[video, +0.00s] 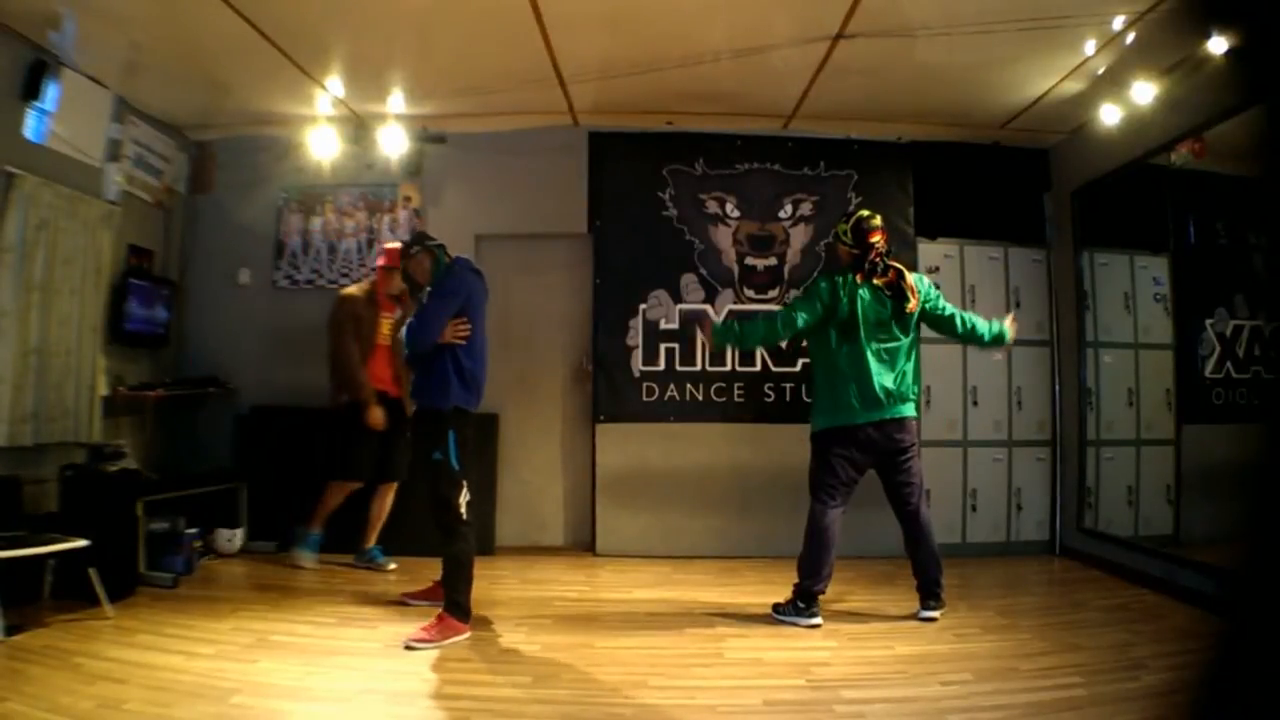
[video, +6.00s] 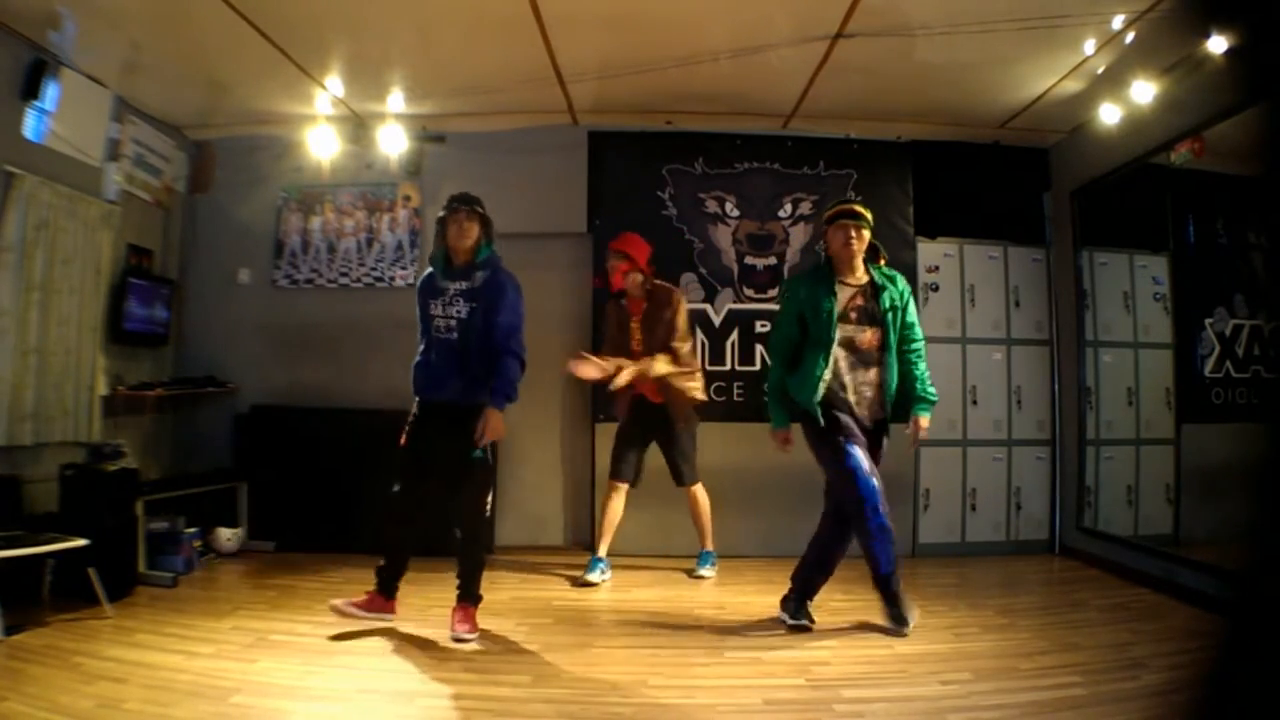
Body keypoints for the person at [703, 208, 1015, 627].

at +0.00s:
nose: (834, 250)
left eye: (838, 245)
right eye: (837, 243)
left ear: (851, 249)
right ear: (879, 246)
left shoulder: (830, 287)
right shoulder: (910, 285)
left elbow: (783, 325)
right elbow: (954, 321)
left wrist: (722, 332)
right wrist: (998, 331)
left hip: (841, 421)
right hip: (897, 419)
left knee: (827, 505)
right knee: (913, 507)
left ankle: (807, 600)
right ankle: (931, 597)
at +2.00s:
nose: (864, 250)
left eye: (870, 244)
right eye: (868, 243)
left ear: (883, 250)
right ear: (907, 251)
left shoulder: (855, 288)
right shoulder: (939, 298)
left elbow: (808, 334)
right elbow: (951, 367)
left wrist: (762, 375)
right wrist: (934, 408)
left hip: (856, 418)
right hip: (910, 421)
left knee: (833, 508)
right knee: (919, 508)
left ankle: (807, 599)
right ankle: (932, 598)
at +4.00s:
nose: (775, 301)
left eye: (777, 293)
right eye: (774, 293)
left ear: (797, 290)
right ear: (799, 288)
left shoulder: (846, 317)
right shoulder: (815, 321)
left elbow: (868, 385)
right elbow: (825, 389)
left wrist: (879, 451)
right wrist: (821, 446)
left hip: (859, 443)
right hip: (837, 443)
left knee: (824, 518)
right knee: (876, 530)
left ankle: (801, 604)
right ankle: (951, 572)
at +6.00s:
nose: (850, 235)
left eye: (858, 229)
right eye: (841, 229)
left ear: (868, 237)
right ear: (826, 237)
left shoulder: (893, 286)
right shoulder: (803, 286)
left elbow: (912, 345)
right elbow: (781, 350)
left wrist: (921, 400)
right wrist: (779, 414)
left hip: (871, 414)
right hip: (822, 407)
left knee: (843, 509)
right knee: (866, 488)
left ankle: (797, 597)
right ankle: (892, 594)